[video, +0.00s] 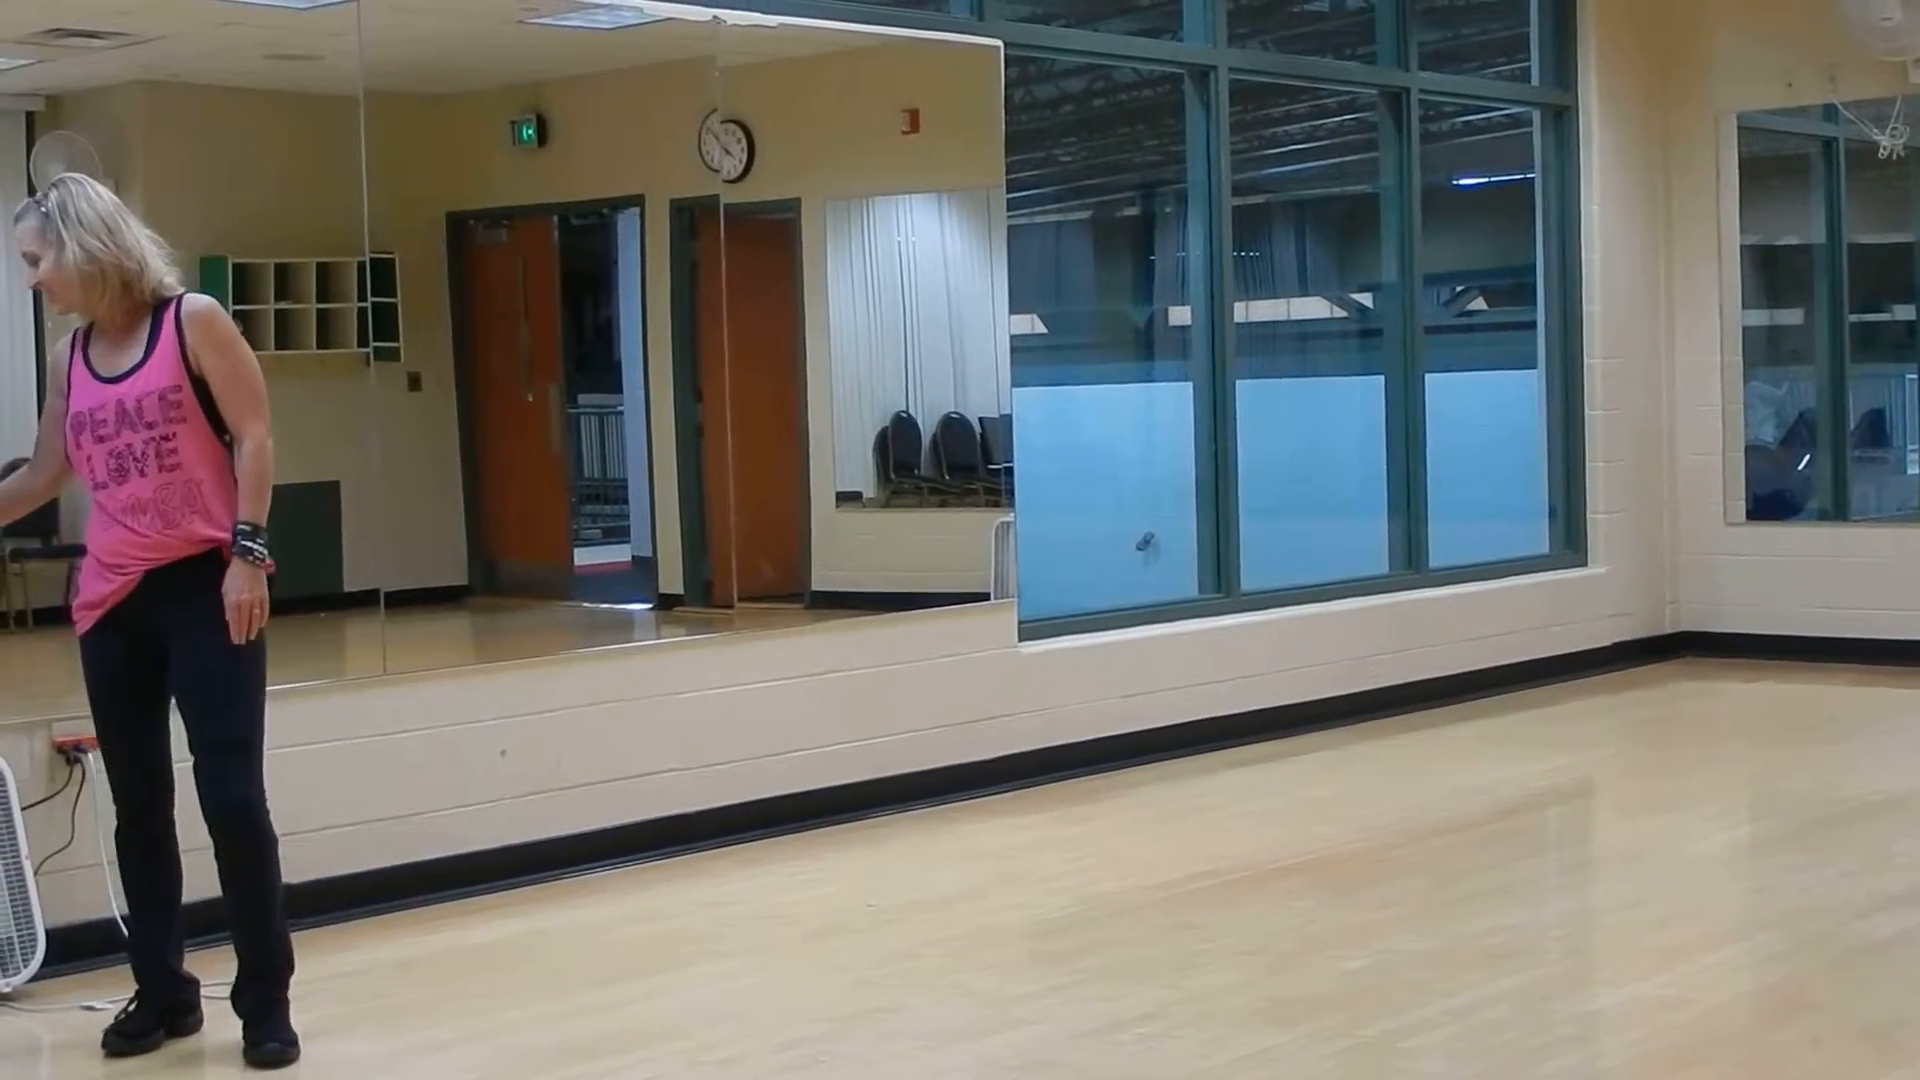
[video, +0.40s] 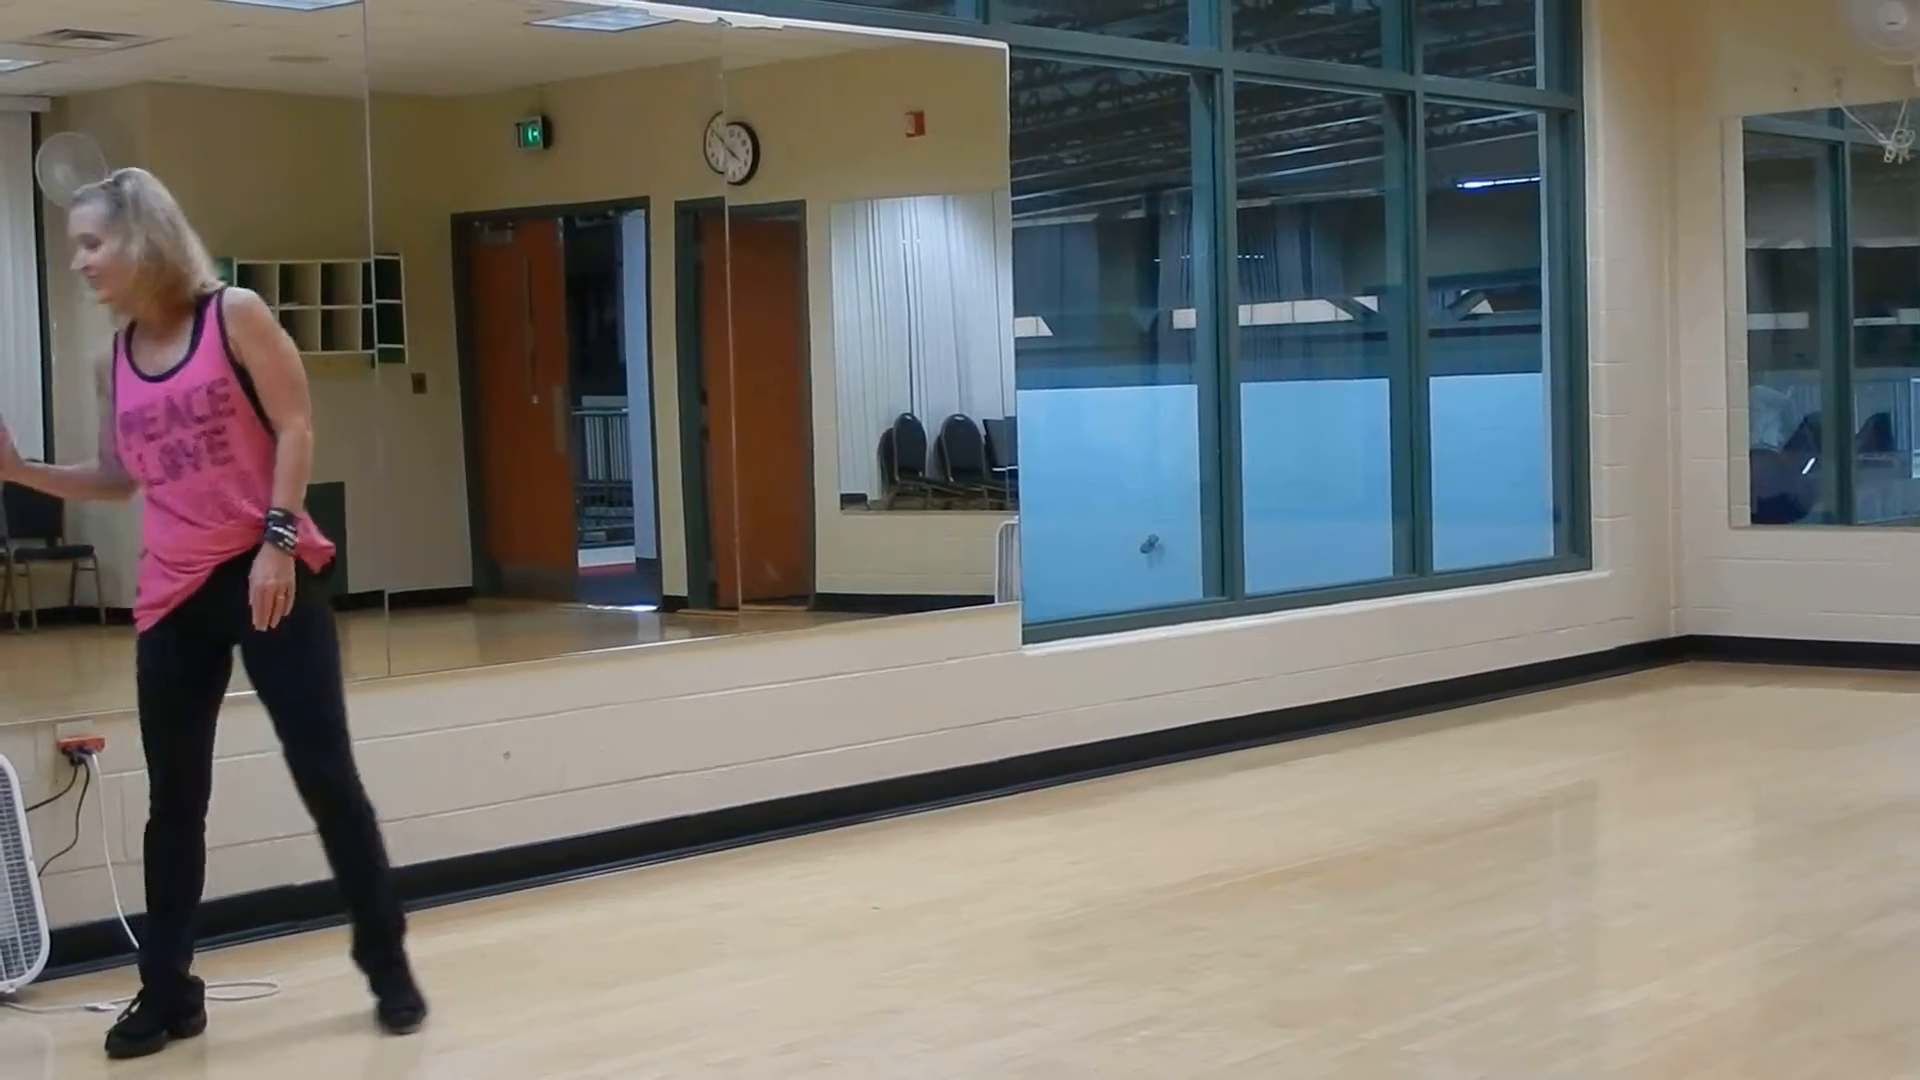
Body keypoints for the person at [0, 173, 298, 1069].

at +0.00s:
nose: (32, 281)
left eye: (38, 260)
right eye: (27, 265)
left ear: (88, 249)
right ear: (73, 260)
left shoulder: (193, 320)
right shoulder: (72, 353)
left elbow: (255, 435)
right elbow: (49, 469)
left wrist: (250, 553)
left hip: (207, 584)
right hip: (113, 595)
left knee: (233, 799)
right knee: (139, 803)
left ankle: (266, 1002)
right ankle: (164, 992)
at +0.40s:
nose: (84, 267)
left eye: (95, 246)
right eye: (77, 252)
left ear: (149, 240)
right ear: (96, 259)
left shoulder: (235, 314)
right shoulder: (120, 357)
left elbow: (295, 424)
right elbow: (122, 479)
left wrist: (278, 542)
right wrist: (22, 470)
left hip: (267, 574)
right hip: (174, 593)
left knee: (326, 778)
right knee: (175, 798)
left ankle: (388, 966)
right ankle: (167, 989)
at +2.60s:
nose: (915, 106)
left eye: (912, 95)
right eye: (899, 96)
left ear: (885, 117)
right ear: (853, 113)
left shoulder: (918, 206)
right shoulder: (812, 210)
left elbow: (962, 303)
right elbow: (755, 316)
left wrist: (1012, 237)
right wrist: (728, 419)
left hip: (907, 430)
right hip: (837, 437)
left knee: (898, 603)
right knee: (889, 601)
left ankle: (889, 772)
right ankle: (844, 771)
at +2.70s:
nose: (922, 104)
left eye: (921, 94)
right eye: (907, 94)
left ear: (898, 114)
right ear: (858, 110)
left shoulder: (924, 203)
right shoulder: (814, 206)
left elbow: (971, 298)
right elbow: (759, 318)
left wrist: (1027, 238)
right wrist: (732, 418)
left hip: (905, 425)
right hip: (834, 431)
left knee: (910, 599)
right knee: (894, 599)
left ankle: (893, 770)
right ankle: (847, 767)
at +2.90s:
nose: (923, 120)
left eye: (925, 108)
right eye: (908, 107)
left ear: (922, 118)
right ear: (861, 114)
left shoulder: (928, 197)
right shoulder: (809, 207)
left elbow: (973, 292)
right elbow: (765, 312)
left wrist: (1042, 329)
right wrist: (771, 408)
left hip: (902, 425)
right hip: (828, 434)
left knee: (921, 596)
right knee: (871, 593)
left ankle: (898, 760)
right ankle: (835, 750)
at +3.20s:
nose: (876, 121)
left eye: (881, 108)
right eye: (862, 107)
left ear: (879, 116)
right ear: (814, 112)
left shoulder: (890, 193)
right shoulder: (764, 199)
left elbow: (900, 297)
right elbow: (724, 314)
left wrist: (904, 373)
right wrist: (752, 300)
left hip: (881, 430)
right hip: (797, 440)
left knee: (894, 606)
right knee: (758, 620)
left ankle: (906, 760)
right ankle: (703, 803)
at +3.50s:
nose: (816, 115)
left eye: (820, 101)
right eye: (802, 99)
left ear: (815, 110)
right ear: (753, 103)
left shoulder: (818, 195)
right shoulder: (707, 188)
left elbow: (813, 294)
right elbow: (683, 288)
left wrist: (831, 376)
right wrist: (711, 337)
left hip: (789, 432)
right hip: (709, 438)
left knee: (864, 604)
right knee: (711, 634)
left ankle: (834, 723)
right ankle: (710, 816)